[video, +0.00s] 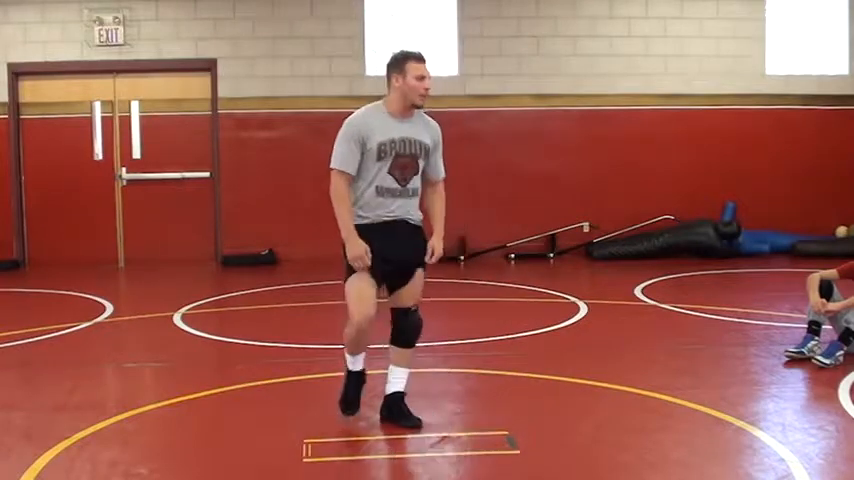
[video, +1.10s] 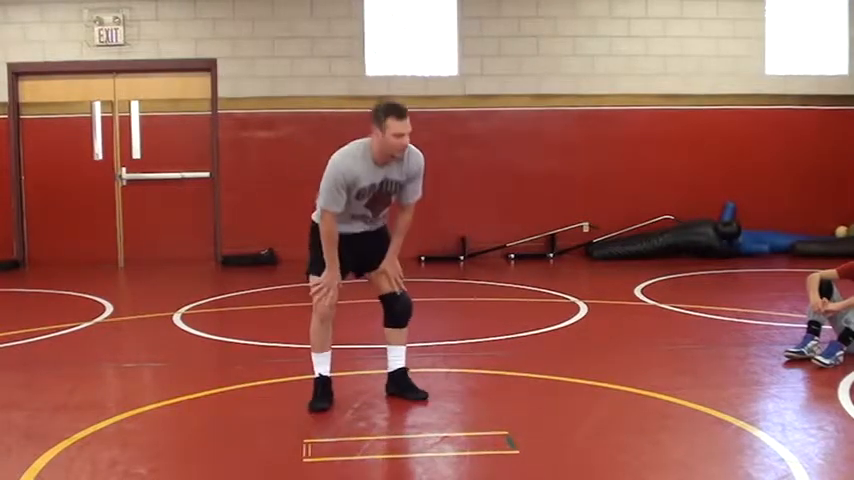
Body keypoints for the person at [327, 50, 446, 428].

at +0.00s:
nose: (427, 85)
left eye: (428, 79)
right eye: (420, 79)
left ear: (421, 83)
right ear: (395, 81)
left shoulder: (430, 129)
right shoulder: (360, 123)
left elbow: (434, 185)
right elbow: (339, 182)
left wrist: (437, 233)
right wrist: (350, 239)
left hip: (408, 228)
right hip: (364, 228)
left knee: (408, 321)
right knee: (362, 317)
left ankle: (394, 400)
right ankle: (354, 373)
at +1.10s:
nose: (405, 142)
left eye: (407, 134)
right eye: (397, 135)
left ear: (410, 133)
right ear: (376, 134)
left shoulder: (413, 161)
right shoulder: (343, 163)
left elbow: (407, 210)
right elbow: (327, 218)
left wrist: (393, 255)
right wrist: (332, 268)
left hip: (372, 231)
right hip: (331, 231)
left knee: (398, 304)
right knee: (324, 306)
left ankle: (397, 377)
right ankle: (322, 383)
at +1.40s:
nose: (408, 162)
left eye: (411, 155)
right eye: (401, 155)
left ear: (415, 151)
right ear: (381, 151)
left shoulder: (418, 173)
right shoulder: (347, 175)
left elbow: (409, 218)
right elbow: (327, 224)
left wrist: (391, 259)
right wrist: (329, 271)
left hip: (373, 237)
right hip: (332, 236)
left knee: (398, 303)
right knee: (321, 305)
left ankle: (397, 377)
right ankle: (320, 382)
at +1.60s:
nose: (403, 168)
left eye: (407, 161)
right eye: (396, 161)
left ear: (412, 156)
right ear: (378, 157)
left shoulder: (416, 177)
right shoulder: (345, 180)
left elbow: (409, 220)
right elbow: (324, 224)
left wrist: (391, 259)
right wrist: (326, 273)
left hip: (373, 240)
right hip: (332, 239)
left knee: (399, 303)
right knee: (318, 305)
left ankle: (398, 377)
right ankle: (319, 382)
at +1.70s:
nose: (402, 170)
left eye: (406, 162)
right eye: (395, 163)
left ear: (411, 158)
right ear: (376, 158)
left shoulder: (416, 178)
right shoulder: (344, 181)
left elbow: (409, 220)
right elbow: (323, 225)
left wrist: (391, 260)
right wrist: (325, 273)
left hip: (373, 241)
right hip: (332, 240)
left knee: (401, 302)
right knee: (316, 304)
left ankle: (398, 376)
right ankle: (318, 382)